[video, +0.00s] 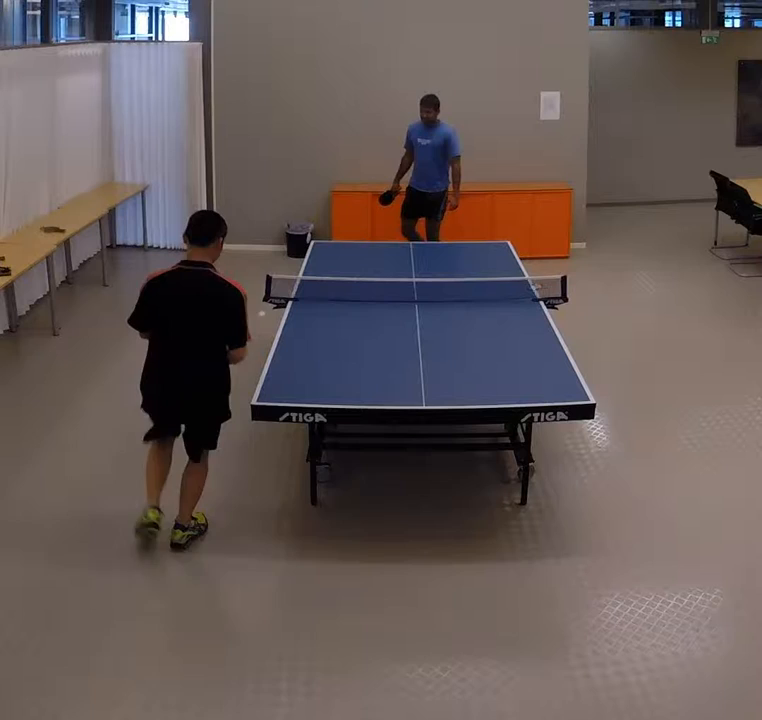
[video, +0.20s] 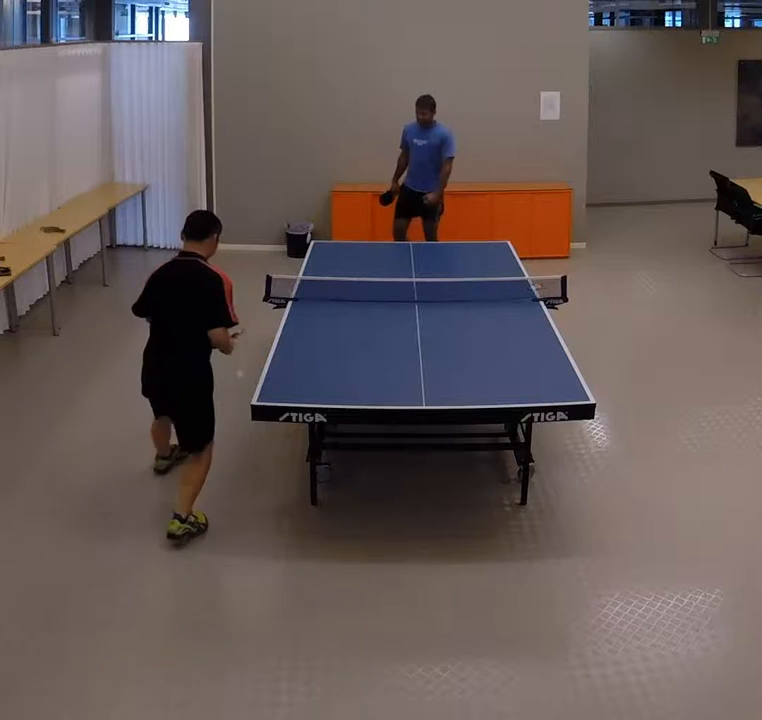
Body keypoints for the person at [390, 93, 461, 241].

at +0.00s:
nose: (424, 115)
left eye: (428, 112)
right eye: (422, 112)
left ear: (437, 112)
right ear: (419, 111)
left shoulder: (448, 133)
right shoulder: (413, 130)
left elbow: (455, 164)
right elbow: (408, 156)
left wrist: (455, 194)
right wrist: (396, 182)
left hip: (437, 190)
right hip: (415, 188)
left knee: (432, 234)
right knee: (407, 230)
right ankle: (427, 255)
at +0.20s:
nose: (420, 117)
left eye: (424, 114)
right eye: (418, 113)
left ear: (433, 113)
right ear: (415, 112)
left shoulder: (444, 134)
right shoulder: (409, 130)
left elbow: (447, 166)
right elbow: (404, 156)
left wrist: (438, 193)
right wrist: (395, 181)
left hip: (431, 191)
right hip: (409, 189)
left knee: (430, 234)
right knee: (399, 231)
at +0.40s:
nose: (411, 122)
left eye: (415, 118)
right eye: (409, 117)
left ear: (424, 117)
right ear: (406, 116)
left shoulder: (437, 136)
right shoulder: (398, 136)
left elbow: (441, 167)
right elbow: (393, 163)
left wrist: (428, 191)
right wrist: (386, 190)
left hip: (426, 196)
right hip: (403, 196)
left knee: (427, 240)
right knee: (398, 239)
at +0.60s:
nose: (402, 123)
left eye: (406, 119)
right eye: (399, 119)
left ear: (415, 117)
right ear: (396, 117)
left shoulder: (430, 137)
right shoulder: (388, 138)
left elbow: (439, 164)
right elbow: (380, 166)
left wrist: (441, 194)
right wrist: (373, 194)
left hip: (423, 196)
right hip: (399, 196)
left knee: (427, 242)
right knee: (396, 242)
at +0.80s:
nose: (403, 123)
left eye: (407, 119)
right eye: (400, 119)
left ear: (416, 119)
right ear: (397, 118)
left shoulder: (428, 137)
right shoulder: (388, 140)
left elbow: (443, 161)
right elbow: (379, 166)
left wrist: (454, 191)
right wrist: (373, 192)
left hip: (426, 197)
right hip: (401, 197)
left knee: (435, 241)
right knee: (397, 242)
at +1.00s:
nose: (416, 132)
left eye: (420, 129)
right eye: (413, 128)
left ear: (428, 129)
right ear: (409, 128)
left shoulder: (440, 146)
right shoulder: (398, 149)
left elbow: (454, 170)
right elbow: (388, 174)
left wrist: (457, 196)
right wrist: (383, 201)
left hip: (435, 201)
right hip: (409, 202)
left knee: (446, 240)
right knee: (398, 241)